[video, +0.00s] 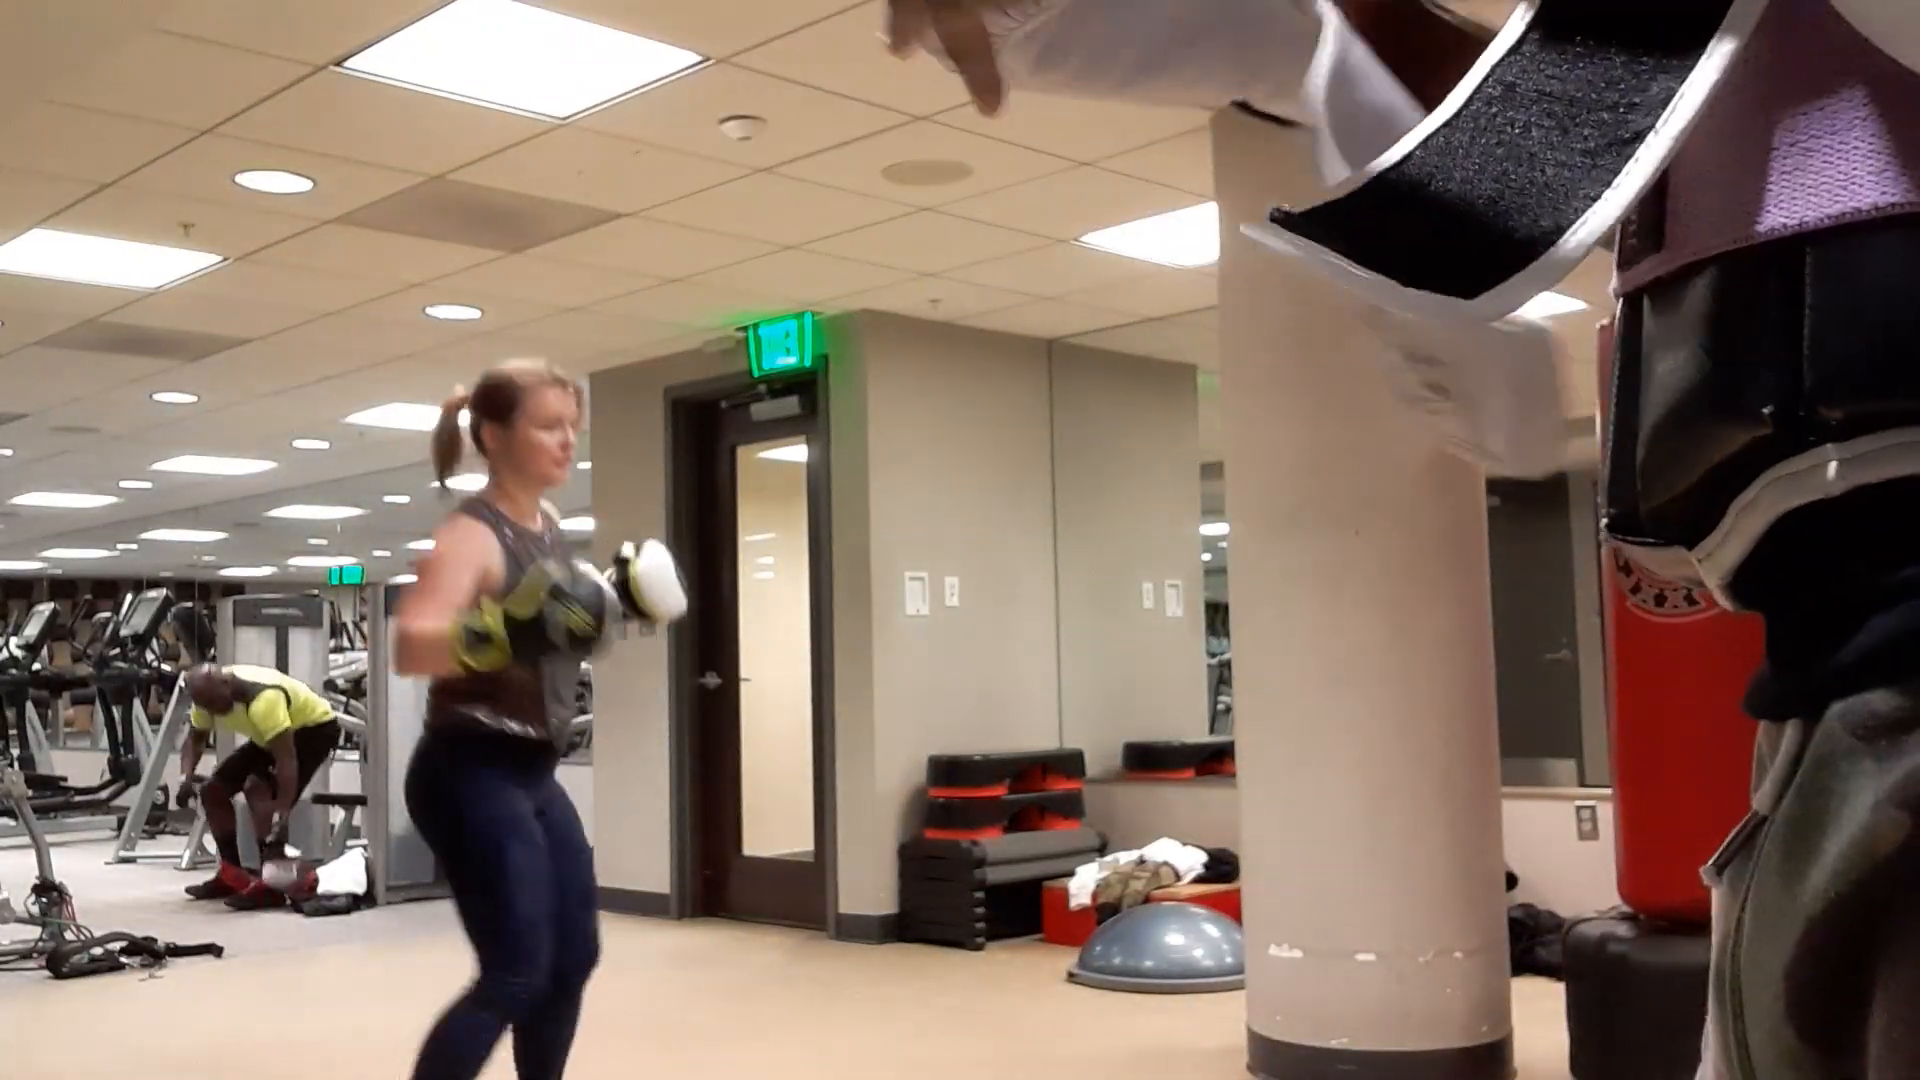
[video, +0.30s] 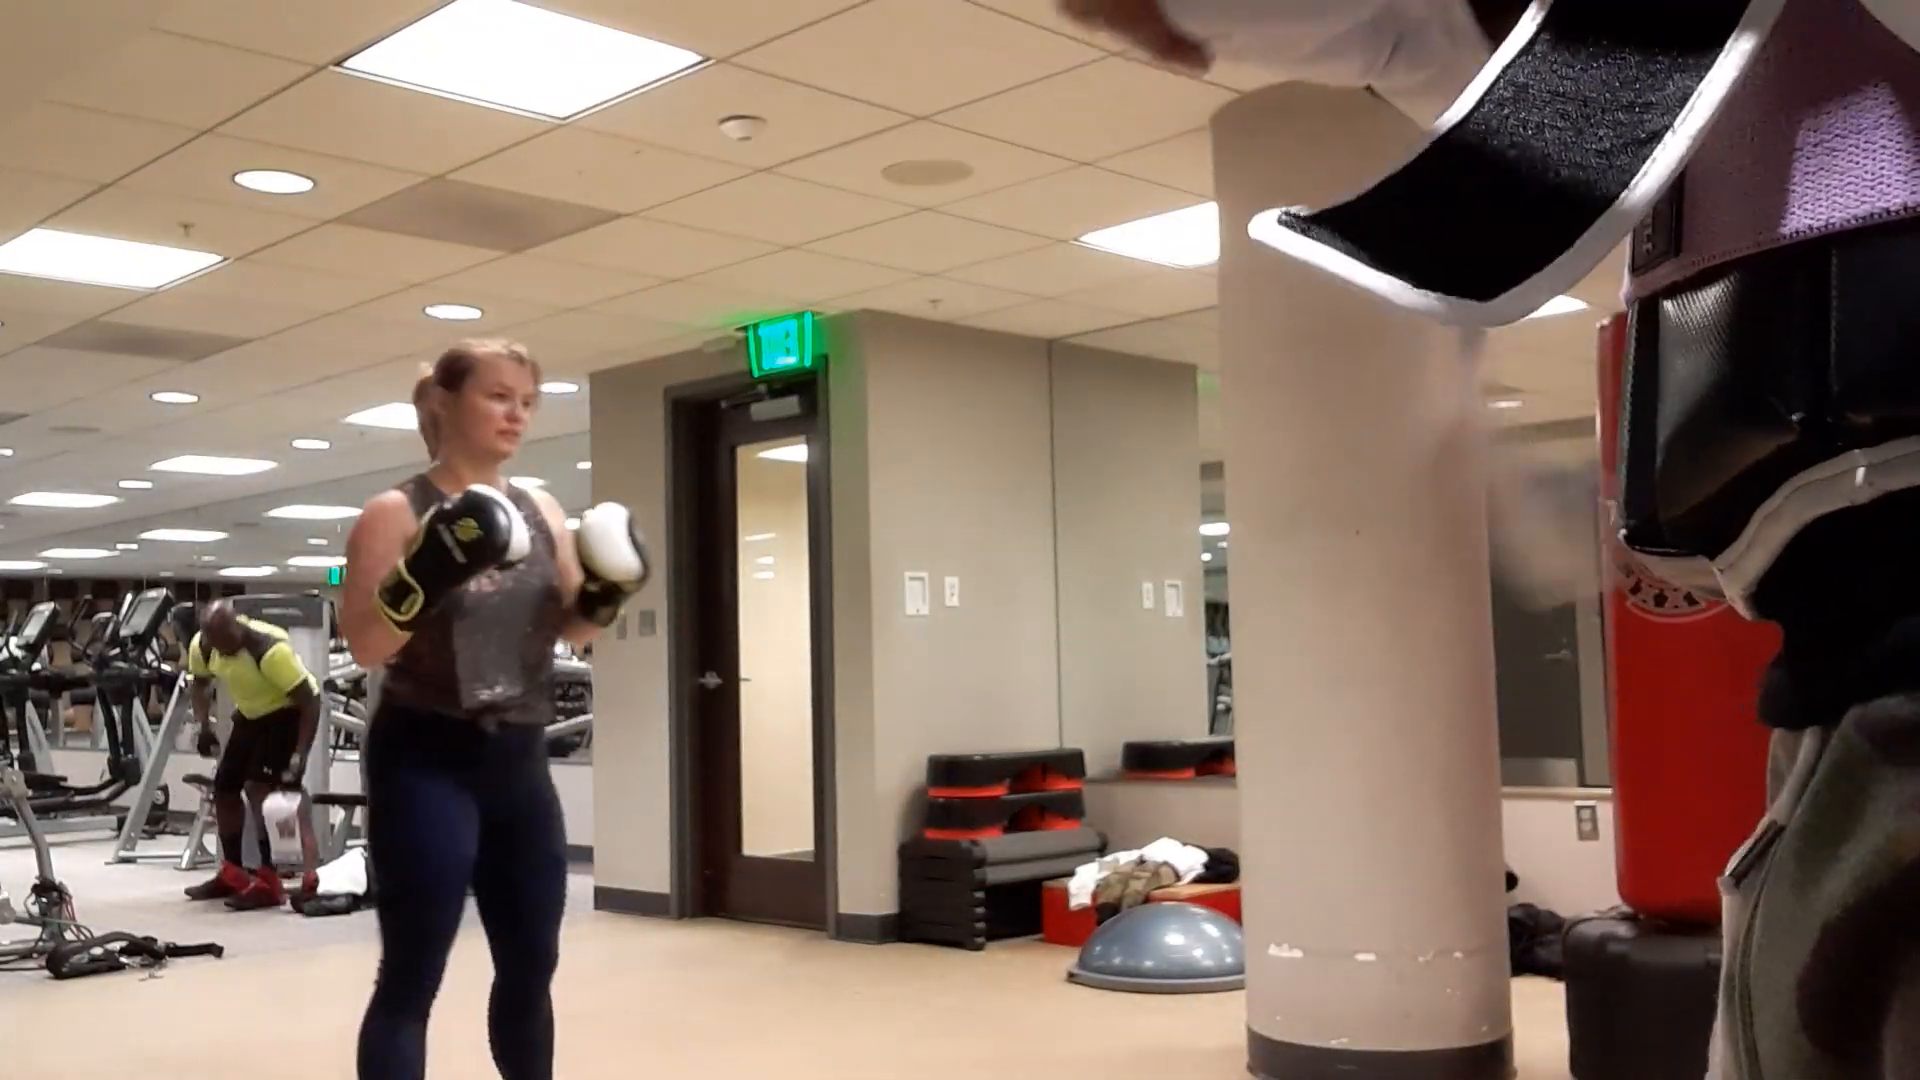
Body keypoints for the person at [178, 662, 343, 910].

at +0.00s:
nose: (212, 709)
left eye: (213, 702)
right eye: (206, 705)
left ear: (225, 685)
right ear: (199, 698)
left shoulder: (265, 701)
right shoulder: (206, 695)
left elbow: (287, 762)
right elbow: (197, 737)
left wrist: (282, 821)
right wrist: (187, 777)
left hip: (315, 728)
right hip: (273, 731)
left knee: (259, 792)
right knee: (214, 792)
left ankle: (272, 882)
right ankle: (232, 873)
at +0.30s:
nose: (222, 647)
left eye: (226, 640)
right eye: (216, 642)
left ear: (237, 628)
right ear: (207, 636)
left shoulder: (271, 653)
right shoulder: (202, 646)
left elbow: (310, 701)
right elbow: (199, 685)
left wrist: (300, 759)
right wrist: (204, 726)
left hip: (284, 715)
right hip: (247, 716)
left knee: (258, 788)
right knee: (225, 789)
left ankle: (268, 879)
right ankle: (233, 872)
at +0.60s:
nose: (262, 597)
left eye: (268, 591)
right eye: (256, 590)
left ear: (276, 585)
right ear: (242, 581)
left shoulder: (288, 612)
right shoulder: (214, 606)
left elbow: (324, 669)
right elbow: (199, 653)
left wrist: (297, 709)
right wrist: (207, 693)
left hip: (275, 709)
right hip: (229, 708)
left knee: (263, 792)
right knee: (203, 782)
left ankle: (270, 879)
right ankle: (216, 857)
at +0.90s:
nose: (259, 583)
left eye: (267, 576)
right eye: (257, 573)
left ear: (277, 579)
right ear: (249, 569)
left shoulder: (285, 608)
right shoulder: (209, 597)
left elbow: (311, 657)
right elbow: (179, 646)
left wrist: (279, 685)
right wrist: (204, 682)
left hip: (263, 708)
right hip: (213, 703)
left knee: (262, 792)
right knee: (185, 787)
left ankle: (269, 880)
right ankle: (173, 877)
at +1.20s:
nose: (228, 576)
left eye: (233, 568)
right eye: (223, 567)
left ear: (240, 571)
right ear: (211, 566)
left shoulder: (250, 605)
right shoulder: (175, 601)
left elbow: (277, 652)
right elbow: (145, 658)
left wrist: (252, 681)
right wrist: (177, 685)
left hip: (239, 710)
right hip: (186, 710)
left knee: (250, 794)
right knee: (169, 794)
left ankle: (265, 878)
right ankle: (166, 882)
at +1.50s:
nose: (184, 580)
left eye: (191, 573)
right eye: (179, 572)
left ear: (201, 577)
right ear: (168, 573)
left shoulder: (213, 605)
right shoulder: (145, 606)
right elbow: (115, 662)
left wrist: (219, 700)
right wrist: (150, 697)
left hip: (209, 711)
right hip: (163, 710)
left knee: (219, 797)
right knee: (159, 800)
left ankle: (234, 882)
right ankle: (165, 883)